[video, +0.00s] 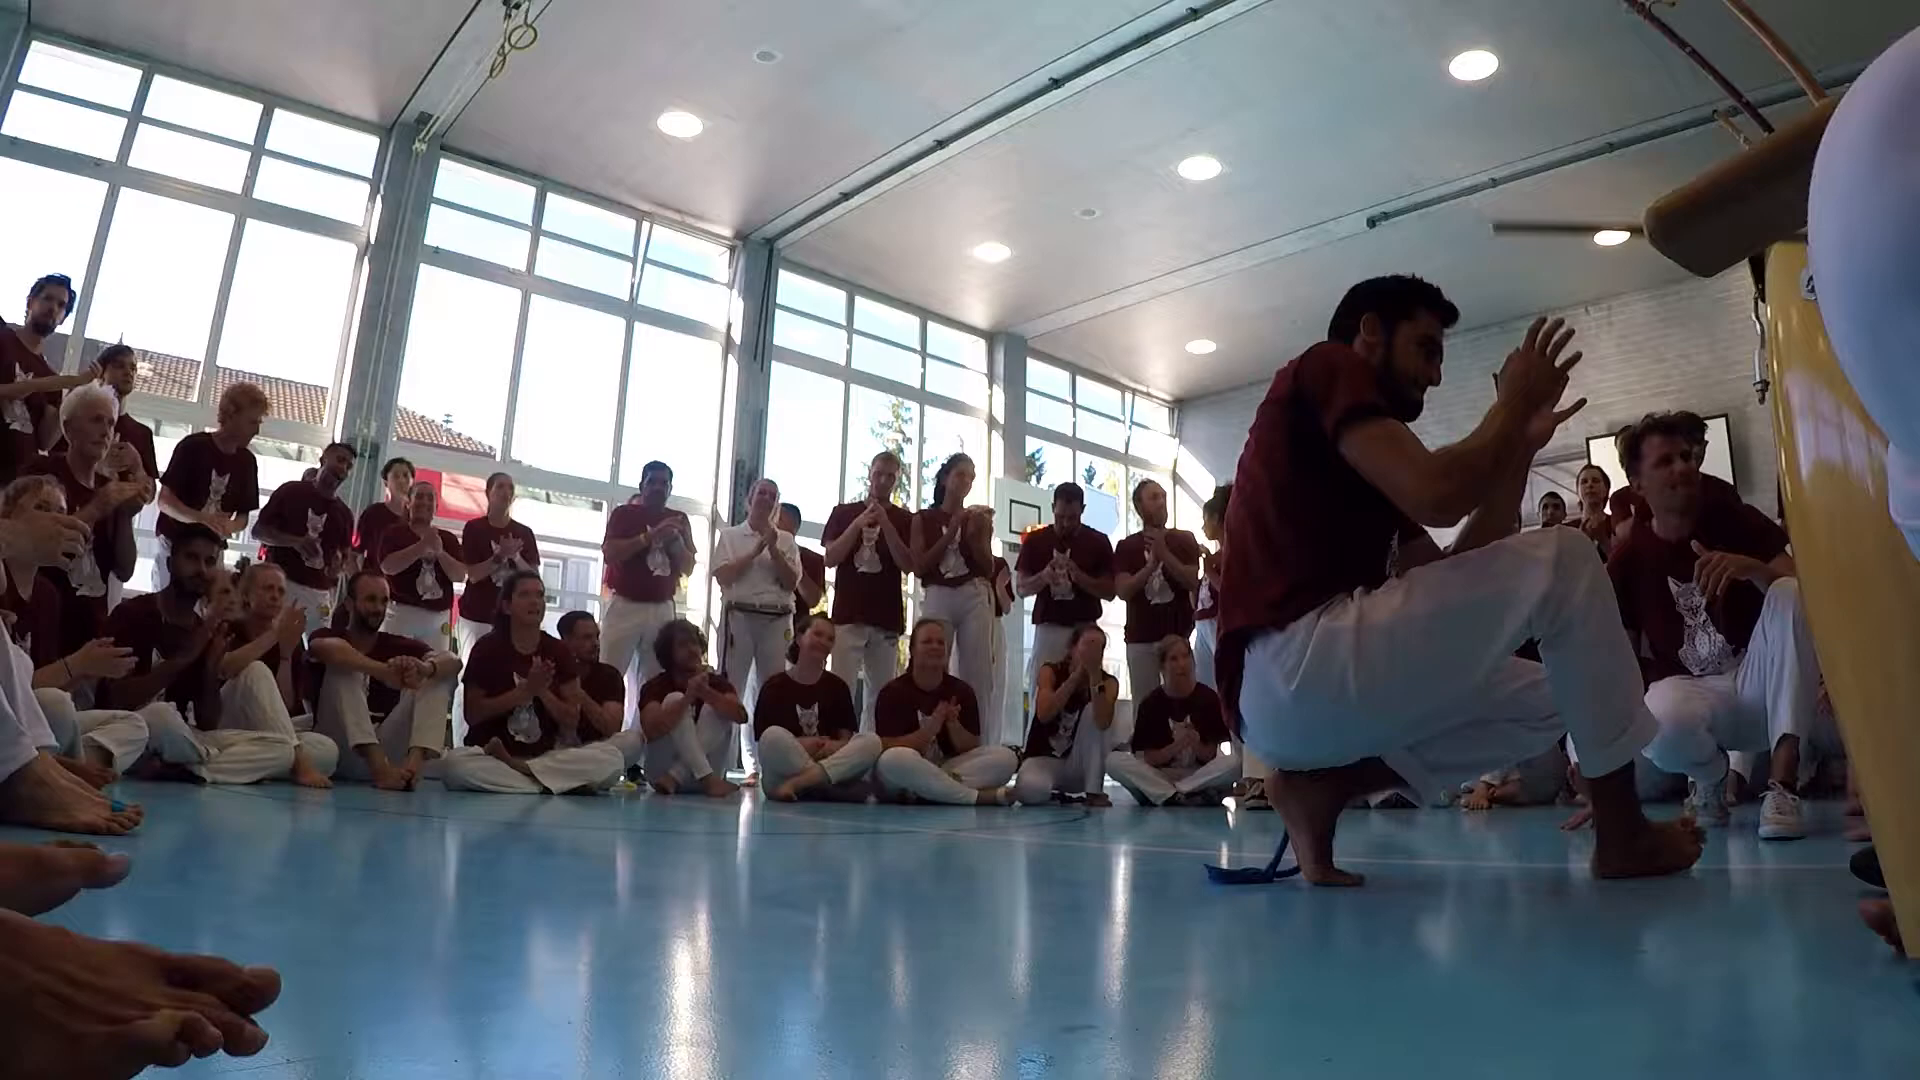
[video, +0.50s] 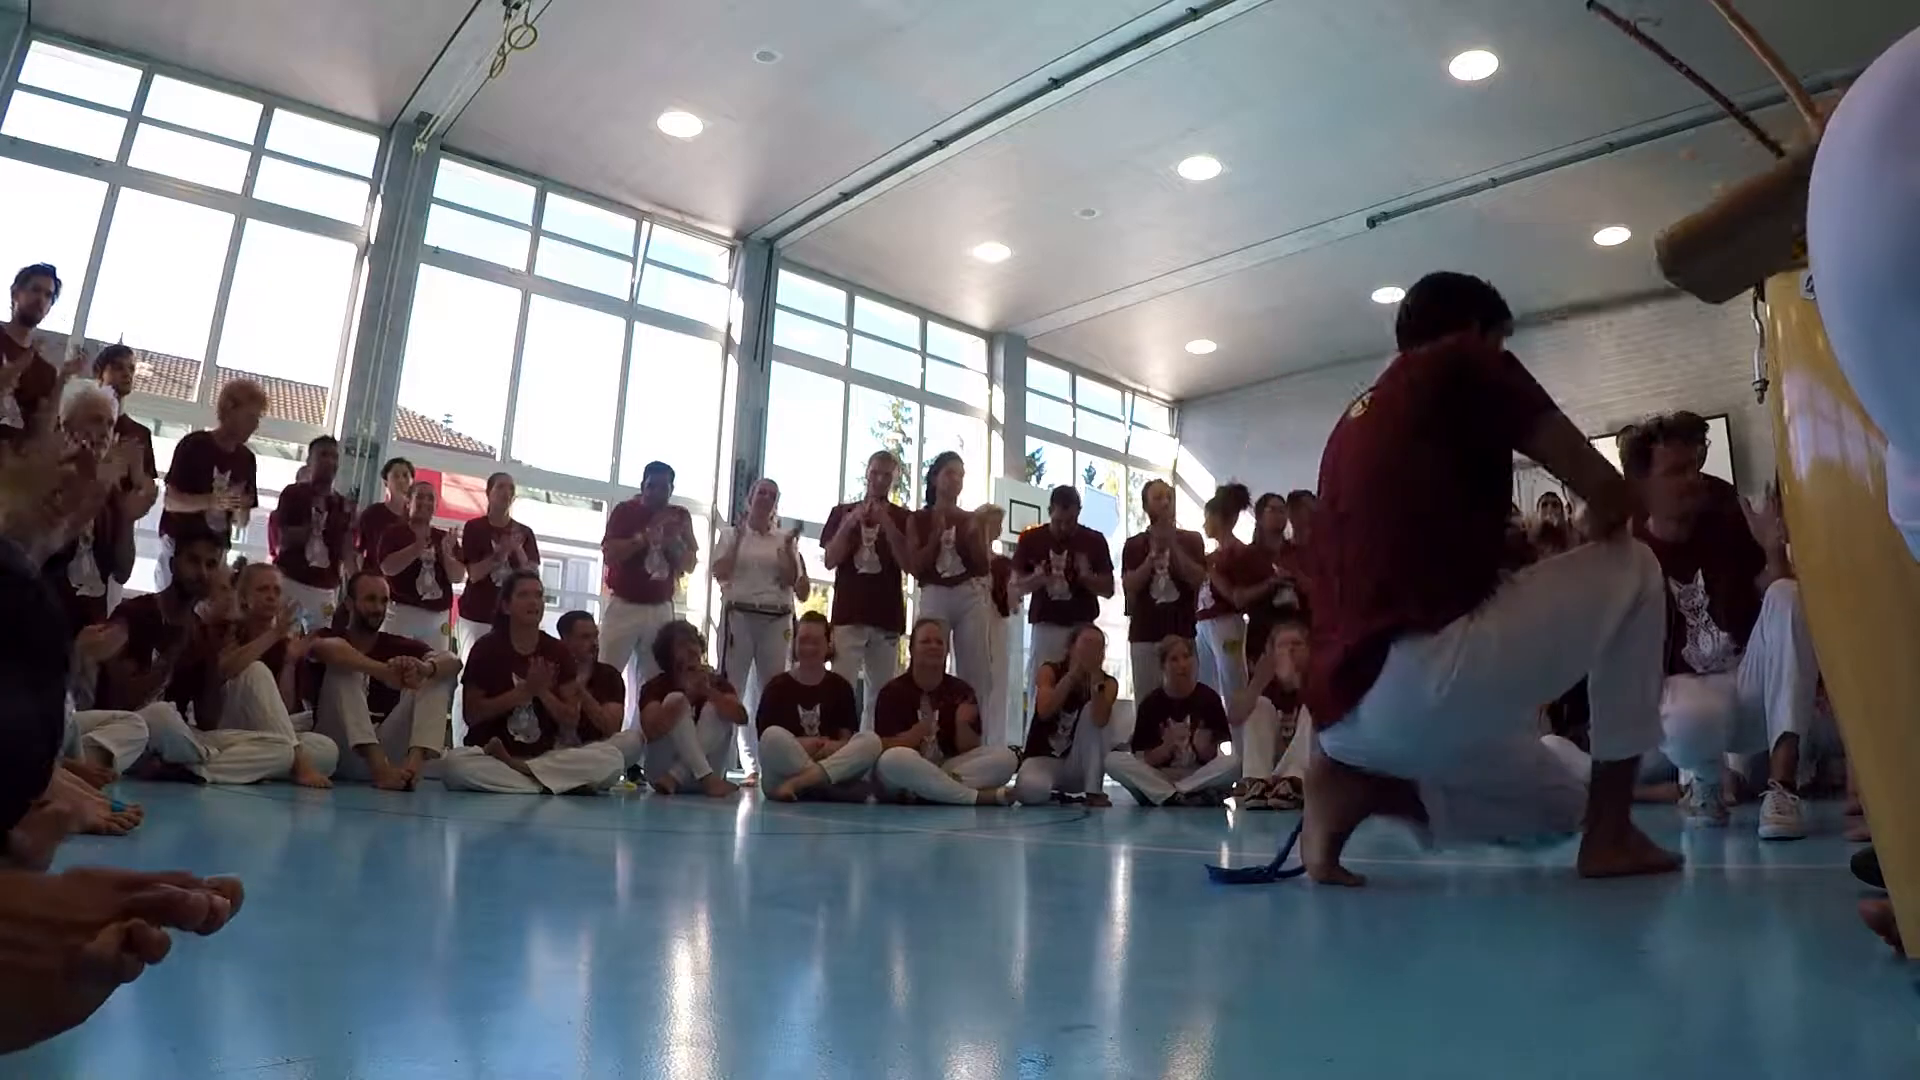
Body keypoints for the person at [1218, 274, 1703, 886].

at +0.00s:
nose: (1435, 372)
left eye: (1439, 357)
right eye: (1425, 349)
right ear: (1368, 336)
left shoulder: (1349, 450)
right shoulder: (1324, 369)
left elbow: (1455, 575)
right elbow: (1431, 492)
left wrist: (1519, 453)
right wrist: (1512, 406)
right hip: (1301, 662)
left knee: (1549, 702)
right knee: (1560, 561)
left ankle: (1325, 787)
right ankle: (1624, 831)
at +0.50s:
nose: (1501, 354)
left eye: (1503, 343)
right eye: (1498, 341)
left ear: (1409, 338)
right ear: (1471, 335)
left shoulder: (1363, 412)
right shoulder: (1469, 364)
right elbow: (1608, 491)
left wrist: (1534, 556)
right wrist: (1608, 525)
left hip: (1343, 714)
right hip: (1420, 679)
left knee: (1569, 801)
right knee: (1632, 569)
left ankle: (1359, 793)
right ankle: (1610, 829)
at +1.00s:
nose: (1605, 385)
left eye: (1607, 377)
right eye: (1603, 375)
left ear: (1518, 377)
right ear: (1586, 368)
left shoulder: (1465, 436)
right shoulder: (1585, 391)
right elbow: (1698, 537)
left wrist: (1611, 559)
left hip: (1387, 705)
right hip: (1472, 665)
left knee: (1576, 826)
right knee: (1679, 584)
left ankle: (1381, 786)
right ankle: (1613, 830)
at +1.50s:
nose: (1607, 434)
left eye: (1602, 425)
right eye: (1598, 420)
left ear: (1515, 411)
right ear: (1579, 407)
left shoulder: (1453, 473)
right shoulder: (1571, 415)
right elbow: (1701, 545)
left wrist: (1607, 557)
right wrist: (1722, 586)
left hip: (1381, 702)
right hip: (1458, 645)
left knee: (1573, 827)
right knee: (1673, 585)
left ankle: (1383, 785)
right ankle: (1613, 828)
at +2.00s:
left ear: (1451, 423)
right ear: (1515, 399)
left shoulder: (1415, 480)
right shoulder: (1528, 410)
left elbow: (1367, 587)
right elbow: (1667, 529)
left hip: (1380, 708)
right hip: (1461, 648)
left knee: (1578, 828)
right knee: (1668, 583)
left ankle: (1381, 787)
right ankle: (1612, 828)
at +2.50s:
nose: (1573, 404)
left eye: (1570, 398)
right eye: (1570, 395)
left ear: (1477, 394)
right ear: (1557, 384)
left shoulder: (1431, 450)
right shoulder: (1555, 400)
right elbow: (1667, 529)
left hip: (1382, 699)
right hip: (1464, 656)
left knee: (1572, 827)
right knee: (1673, 580)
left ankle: (1376, 785)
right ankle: (1610, 827)